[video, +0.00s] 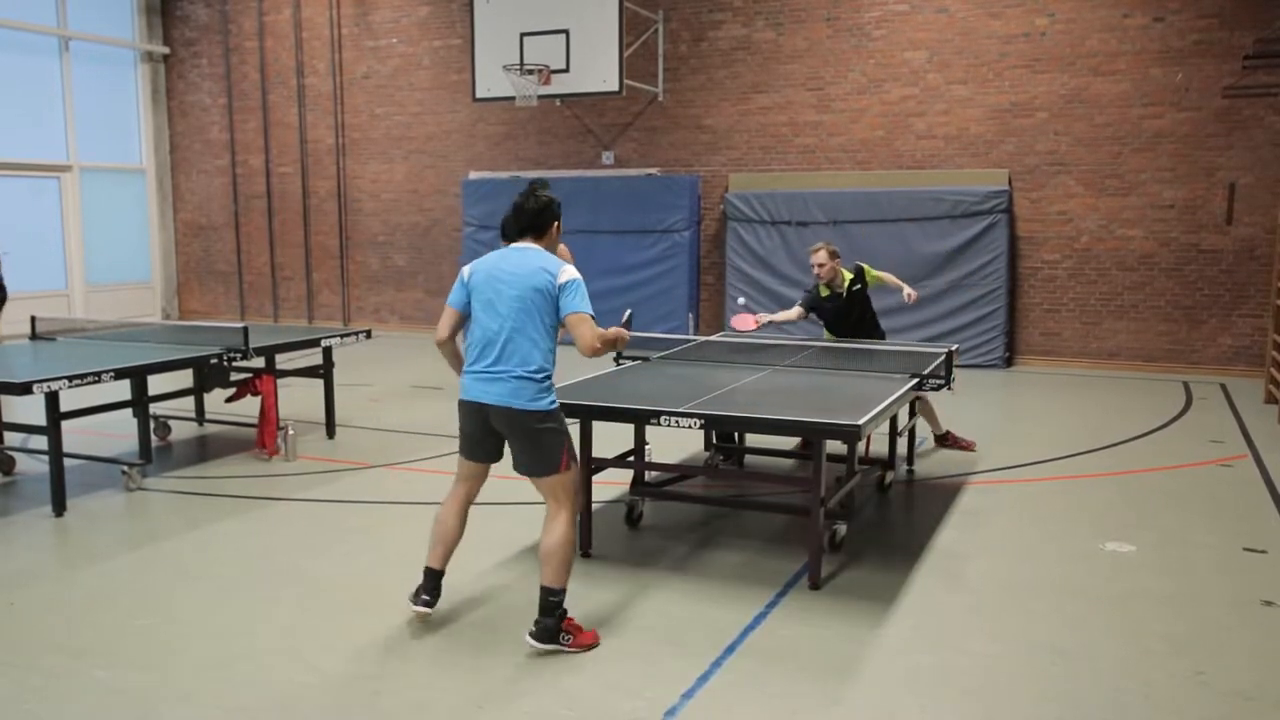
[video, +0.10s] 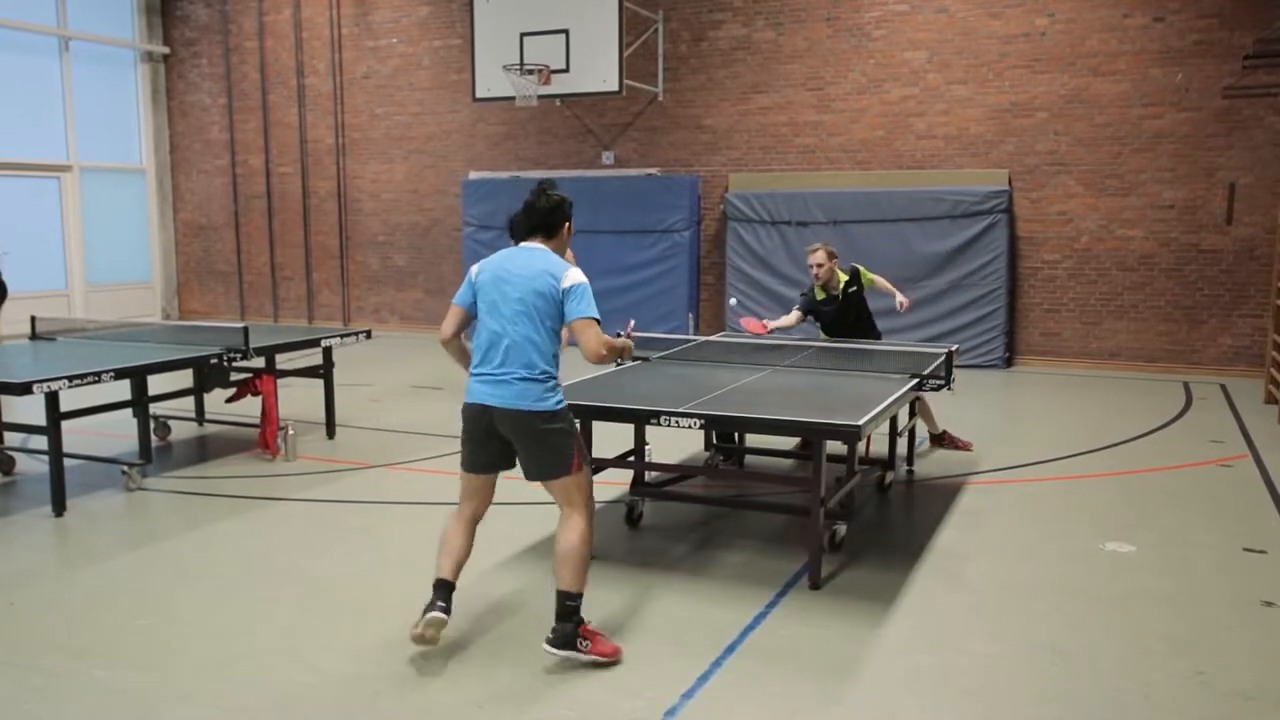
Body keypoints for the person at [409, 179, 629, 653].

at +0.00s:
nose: (562, 233)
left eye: (560, 228)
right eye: (560, 227)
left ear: (512, 227)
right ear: (552, 228)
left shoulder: (477, 267)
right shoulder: (559, 270)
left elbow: (444, 337)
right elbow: (588, 344)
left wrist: (467, 375)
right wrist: (614, 337)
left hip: (474, 399)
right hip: (529, 405)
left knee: (462, 489)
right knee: (561, 502)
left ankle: (428, 586)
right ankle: (550, 620)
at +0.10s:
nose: (573, 234)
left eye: (570, 228)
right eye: (572, 228)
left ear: (525, 227)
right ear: (563, 228)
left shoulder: (485, 266)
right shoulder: (565, 272)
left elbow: (448, 334)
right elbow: (594, 350)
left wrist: (479, 369)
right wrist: (618, 346)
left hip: (479, 406)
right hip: (536, 410)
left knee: (467, 508)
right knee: (576, 508)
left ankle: (439, 602)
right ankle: (567, 628)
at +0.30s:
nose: (586, 279)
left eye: (583, 271)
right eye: (586, 272)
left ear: (535, 268)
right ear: (577, 273)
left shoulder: (496, 310)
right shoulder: (582, 321)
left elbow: (455, 378)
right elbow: (633, 392)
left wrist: (491, 414)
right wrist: (640, 380)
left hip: (500, 459)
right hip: (562, 457)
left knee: (477, 558)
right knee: (624, 504)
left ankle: (459, 667)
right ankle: (599, 608)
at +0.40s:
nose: (611, 285)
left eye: (610, 279)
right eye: (611, 280)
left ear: (562, 275)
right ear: (602, 279)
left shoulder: (521, 311)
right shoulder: (610, 323)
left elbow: (468, 369)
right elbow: (674, 378)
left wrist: (489, 408)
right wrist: (644, 359)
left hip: (521, 459)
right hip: (586, 455)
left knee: (489, 556)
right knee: (649, 495)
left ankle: (461, 665)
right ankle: (669, 605)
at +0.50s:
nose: (652, 284)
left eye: (651, 279)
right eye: (651, 279)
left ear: (602, 275)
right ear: (644, 280)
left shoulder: (561, 304)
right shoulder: (652, 319)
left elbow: (498, 345)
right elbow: (722, 363)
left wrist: (497, 396)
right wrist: (699, 342)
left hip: (558, 448)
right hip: (621, 449)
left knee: (513, 545)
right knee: (678, 507)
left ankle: (465, 652)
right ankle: (721, 589)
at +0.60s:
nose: (690, 294)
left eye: (683, 287)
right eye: (688, 288)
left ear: (645, 286)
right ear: (683, 290)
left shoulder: (611, 311)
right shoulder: (696, 328)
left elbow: (544, 342)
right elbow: (763, 360)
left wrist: (514, 395)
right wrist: (719, 343)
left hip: (599, 449)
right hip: (662, 452)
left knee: (542, 542)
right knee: (711, 495)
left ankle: (485, 633)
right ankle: (734, 587)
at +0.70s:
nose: (719, 303)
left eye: (713, 298)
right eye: (717, 298)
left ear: (672, 299)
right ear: (713, 301)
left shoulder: (650, 318)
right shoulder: (730, 338)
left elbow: (592, 349)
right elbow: (783, 371)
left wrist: (549, 405)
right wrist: (745, 348)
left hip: (632, 450)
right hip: (692, 453)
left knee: (575, 538)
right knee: (730, 489)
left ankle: (519, 635)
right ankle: (735, 589)